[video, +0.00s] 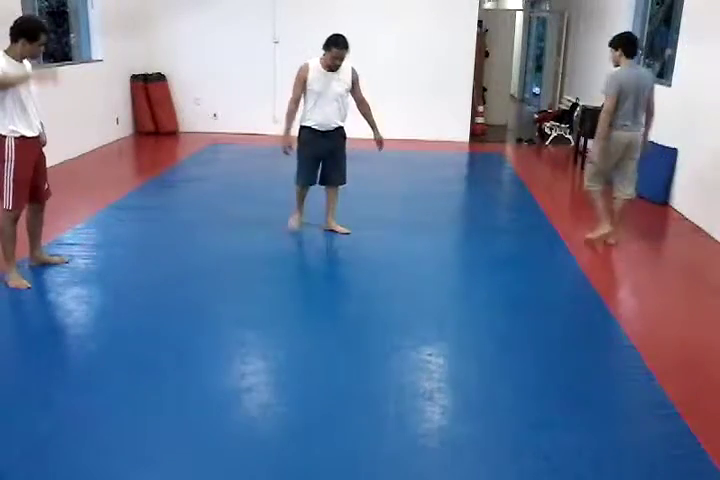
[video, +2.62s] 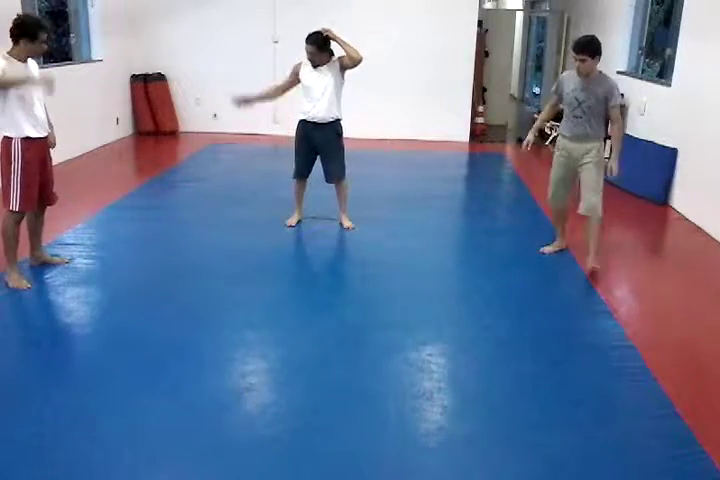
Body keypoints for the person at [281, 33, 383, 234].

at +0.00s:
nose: (339, 62)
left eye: (342, 58)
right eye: (335, 58)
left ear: (346, 56)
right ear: (325, 52)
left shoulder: (349, 73)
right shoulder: (307, 70)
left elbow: (361, 102)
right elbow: (294, 101)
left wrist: (375, 131)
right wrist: (287, 133)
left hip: (336, 134)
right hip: (309, 132)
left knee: (334, 181)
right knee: (304, 180)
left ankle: (330, 220)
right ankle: (298, 213)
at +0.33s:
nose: (311, 62)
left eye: (315, 59)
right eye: (307, 58)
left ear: (322, 56)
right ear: (301, 54)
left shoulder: (332, 72)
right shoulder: (291, 70)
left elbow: (340, 101)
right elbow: (284, 100)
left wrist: (346, 129)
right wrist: (279, 131)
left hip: (325, 129)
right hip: (299, 129)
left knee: (331, 178)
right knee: (296, 175)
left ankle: (330, 220)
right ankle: (296, 212)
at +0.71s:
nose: (302, 61)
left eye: (306, 57)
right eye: (299, 57)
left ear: (315, 51)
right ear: (294, 53)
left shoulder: (328, 68)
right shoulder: (290, 69)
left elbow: (340, 97)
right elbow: (285, 98)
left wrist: (335, 102)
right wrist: (280, 130)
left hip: (324, 127)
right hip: (299, 127)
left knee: (334, 174)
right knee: (295, 173)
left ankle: (343, 212)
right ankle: (296, 211)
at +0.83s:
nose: (306, 62)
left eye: (310, 58)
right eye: (304, 57)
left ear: (320, 54)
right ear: (300, 54)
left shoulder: (332, 66)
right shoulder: (295, 70)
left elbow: (343, 94)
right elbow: (289, 99)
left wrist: (332, 76)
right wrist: (282, 128)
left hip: (327, 126)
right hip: (302, 126)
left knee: (336, 175)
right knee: (296, 173)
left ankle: (344, 213)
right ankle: (297, 211)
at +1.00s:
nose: (314, 62)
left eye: (317, 59)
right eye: (312, 58)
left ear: (328, 56)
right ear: (309, 54)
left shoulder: (338, 68)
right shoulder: (303, 69)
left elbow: (348, 74)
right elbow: (296, 98)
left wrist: (337, 46)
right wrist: (288, 128)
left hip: (333, 127)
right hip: (308, 126)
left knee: (341, 176)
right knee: (300, 173)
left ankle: (344, 213)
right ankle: (297, 211)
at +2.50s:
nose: (308, 56)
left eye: (311, 53)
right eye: (307, 52)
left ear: (324, 52)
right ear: (307, 50)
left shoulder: (338, 65)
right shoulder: (302, 68)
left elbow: (356, 57)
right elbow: (289, 95)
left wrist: (336, 37)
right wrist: (273, 119)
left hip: (330, 127)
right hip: (305, 127)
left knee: (338, 176)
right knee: (300, 175)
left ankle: (343, 214)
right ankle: (297, 212)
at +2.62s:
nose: (308, 56)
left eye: (311, 53)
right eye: (307, 52)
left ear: (324, 52)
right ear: (307, 50)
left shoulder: (338, 65)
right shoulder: (302, 68)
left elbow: (356, 58)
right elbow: (280, 89)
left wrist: (335, 38)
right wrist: (252, 99)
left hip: (330, 128)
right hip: (306, 127)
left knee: (338, 176)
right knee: (300, 175)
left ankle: (343, 215)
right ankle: (297, 212)